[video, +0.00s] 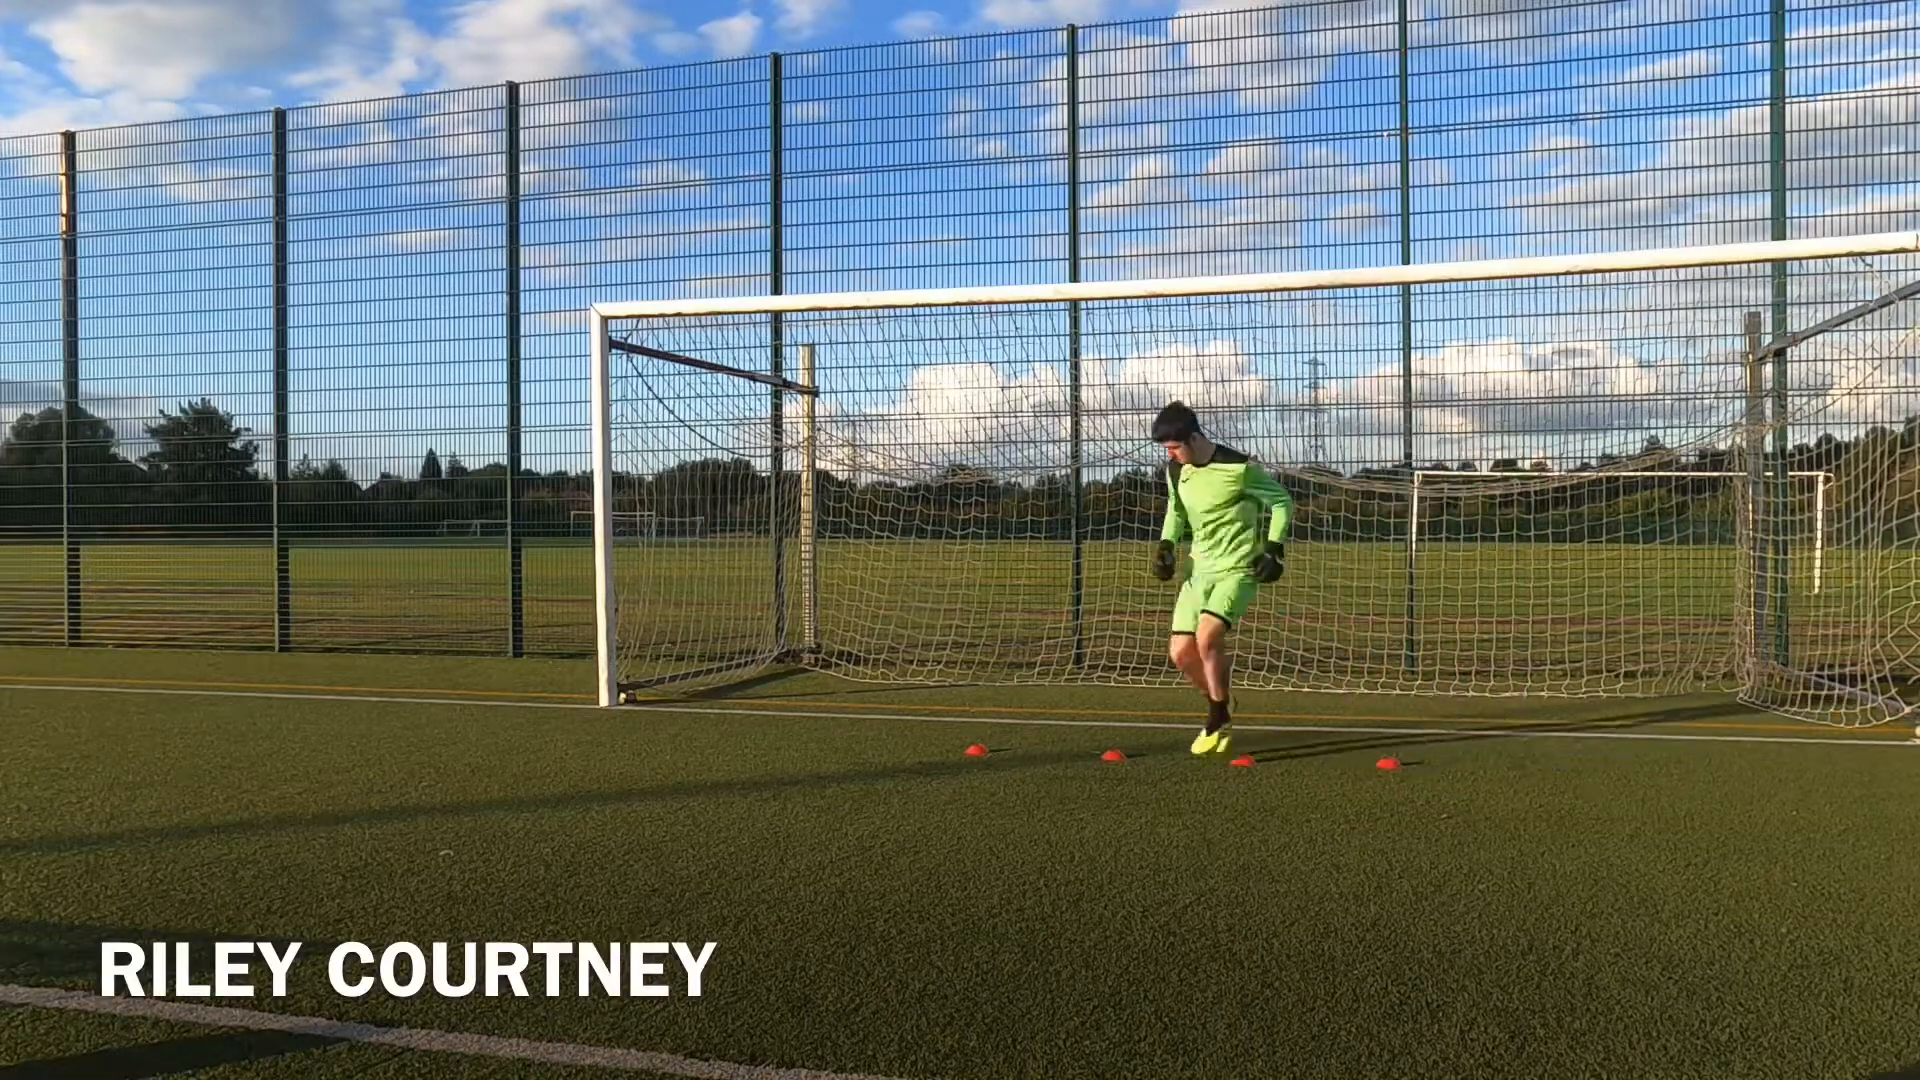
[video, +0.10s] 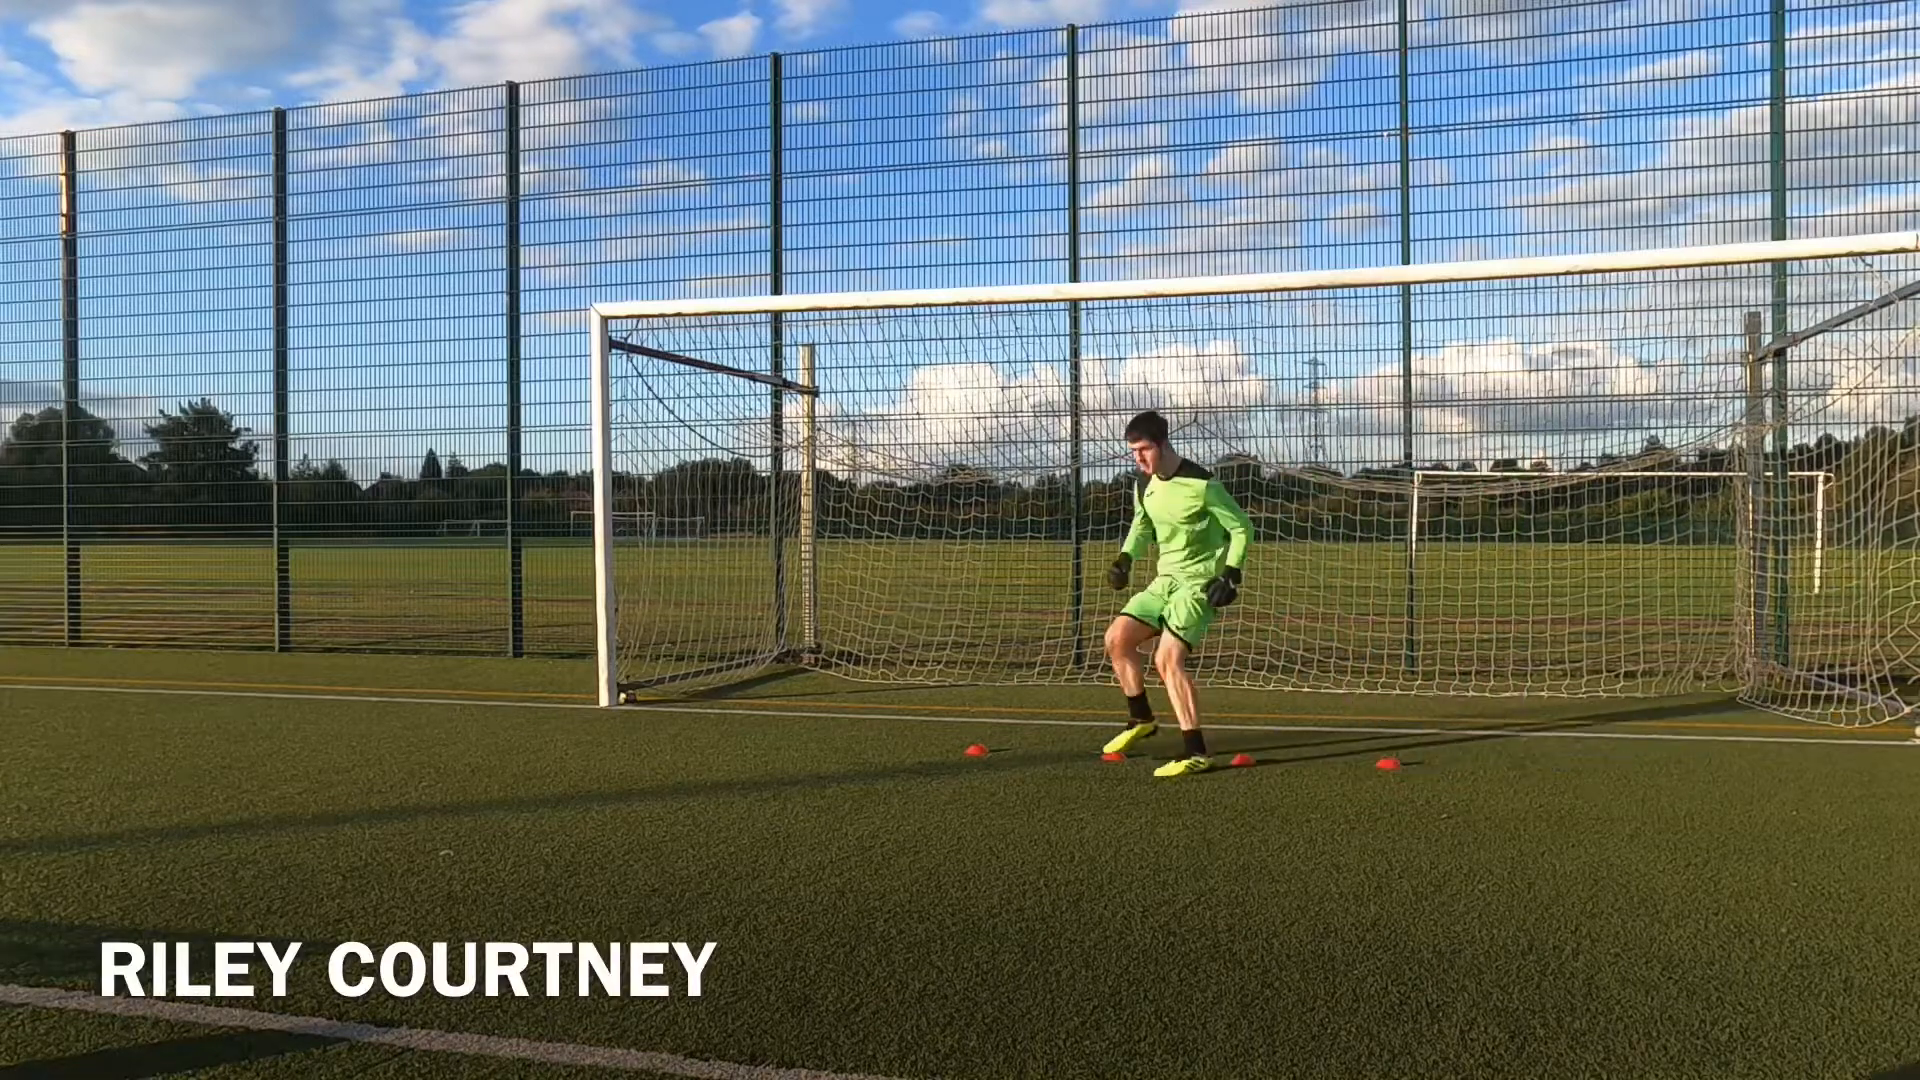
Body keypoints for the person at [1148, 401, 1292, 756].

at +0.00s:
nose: (1170, 455)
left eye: (1173, 447)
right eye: (1166, 449)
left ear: (1193, 436)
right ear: (1169, 443)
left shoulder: (1240, 467)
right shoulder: (1177, 472)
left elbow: (1281, 501)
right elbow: (1176, 510)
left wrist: (1274, 548)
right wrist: (1166, 545)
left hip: (1237, 568)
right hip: (1201, 569)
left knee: (1208, 637)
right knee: (1181, 651)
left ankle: (1218, 721)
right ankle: (1221, 703)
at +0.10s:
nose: (1139, 459)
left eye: (1144, 450)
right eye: (1134, 452)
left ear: (1163, 445)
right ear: (1132, 452)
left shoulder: (1202, 485)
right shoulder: (1147, 485)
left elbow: (1241, 528)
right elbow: (1143, 525)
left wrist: (1232, 575)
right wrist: (1125, 558)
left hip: (1199, 584)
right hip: (1165, 581)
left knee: (1168, 660)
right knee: (1117, 639)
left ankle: (1197, 753)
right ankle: (1141, 720)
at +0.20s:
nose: (1116, 450)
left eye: (1122, 442)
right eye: (1110, 444)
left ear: (1140, 441)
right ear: (1105, 447)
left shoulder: (1168, 486)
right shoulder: (1107, 485)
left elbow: (1201, 532)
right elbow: (1098, 526)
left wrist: (1183, 569)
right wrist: (1085, 549)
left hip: (1155, 588)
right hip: (1118, 585)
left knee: (1150, 658)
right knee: (1090, 645)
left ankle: (1187, 746)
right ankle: (1092, 732)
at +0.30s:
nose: (1091, 439)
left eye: (1097, 431)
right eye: (1084, 433)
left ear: (1113, 431)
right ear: (1078, 436)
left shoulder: (1137, 476)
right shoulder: (1071, 472)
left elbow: (1168, 525)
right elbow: (1056, 513)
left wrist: (1147, 552)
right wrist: (1054, 534)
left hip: (1120, 575)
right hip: (1079, 574)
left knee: (1111, 641)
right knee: (1072, 645)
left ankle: (1133, 727)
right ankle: (1084, 733)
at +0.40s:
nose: (1061, 433)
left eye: (1067, 426)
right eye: (1055, 427)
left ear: (1082, 428)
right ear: (1048, 431)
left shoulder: (1104, 475)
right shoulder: (1039, 470)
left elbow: (1134, 523)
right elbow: (1029, 510)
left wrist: (1116, 550)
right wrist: (1026, 532)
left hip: (1088, 579)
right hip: (1048, 573)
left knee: (1073, 662)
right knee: (1032, 637)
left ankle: (1091, 708)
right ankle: (1046, 715)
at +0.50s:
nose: (1030, 438)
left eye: (1036, 432)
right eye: (1024, 432)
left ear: (1050, 435)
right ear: (1017, 438)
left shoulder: (1075, 485)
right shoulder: (1007, 483)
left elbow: (1103, 532)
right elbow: (999, 524)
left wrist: (1086, 559)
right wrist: (997, 541)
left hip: (1057, 593)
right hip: (1016, 584)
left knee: (1051, 670)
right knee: (987, 645)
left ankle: (1086, 722)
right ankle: (995, 686)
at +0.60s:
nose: (996, 435)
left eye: (1003, 429)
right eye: (991, 429)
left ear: (1017, 433)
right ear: (986, 435)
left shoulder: (1040, 482)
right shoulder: (972, 479)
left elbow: (1063, 527)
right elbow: (967, 524)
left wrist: (1058, 563)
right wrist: (967, 553)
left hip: (1026, 586)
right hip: (983, 581)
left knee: (1030, 662)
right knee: (960, 654)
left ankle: (1071, 719)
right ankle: (940, 714)